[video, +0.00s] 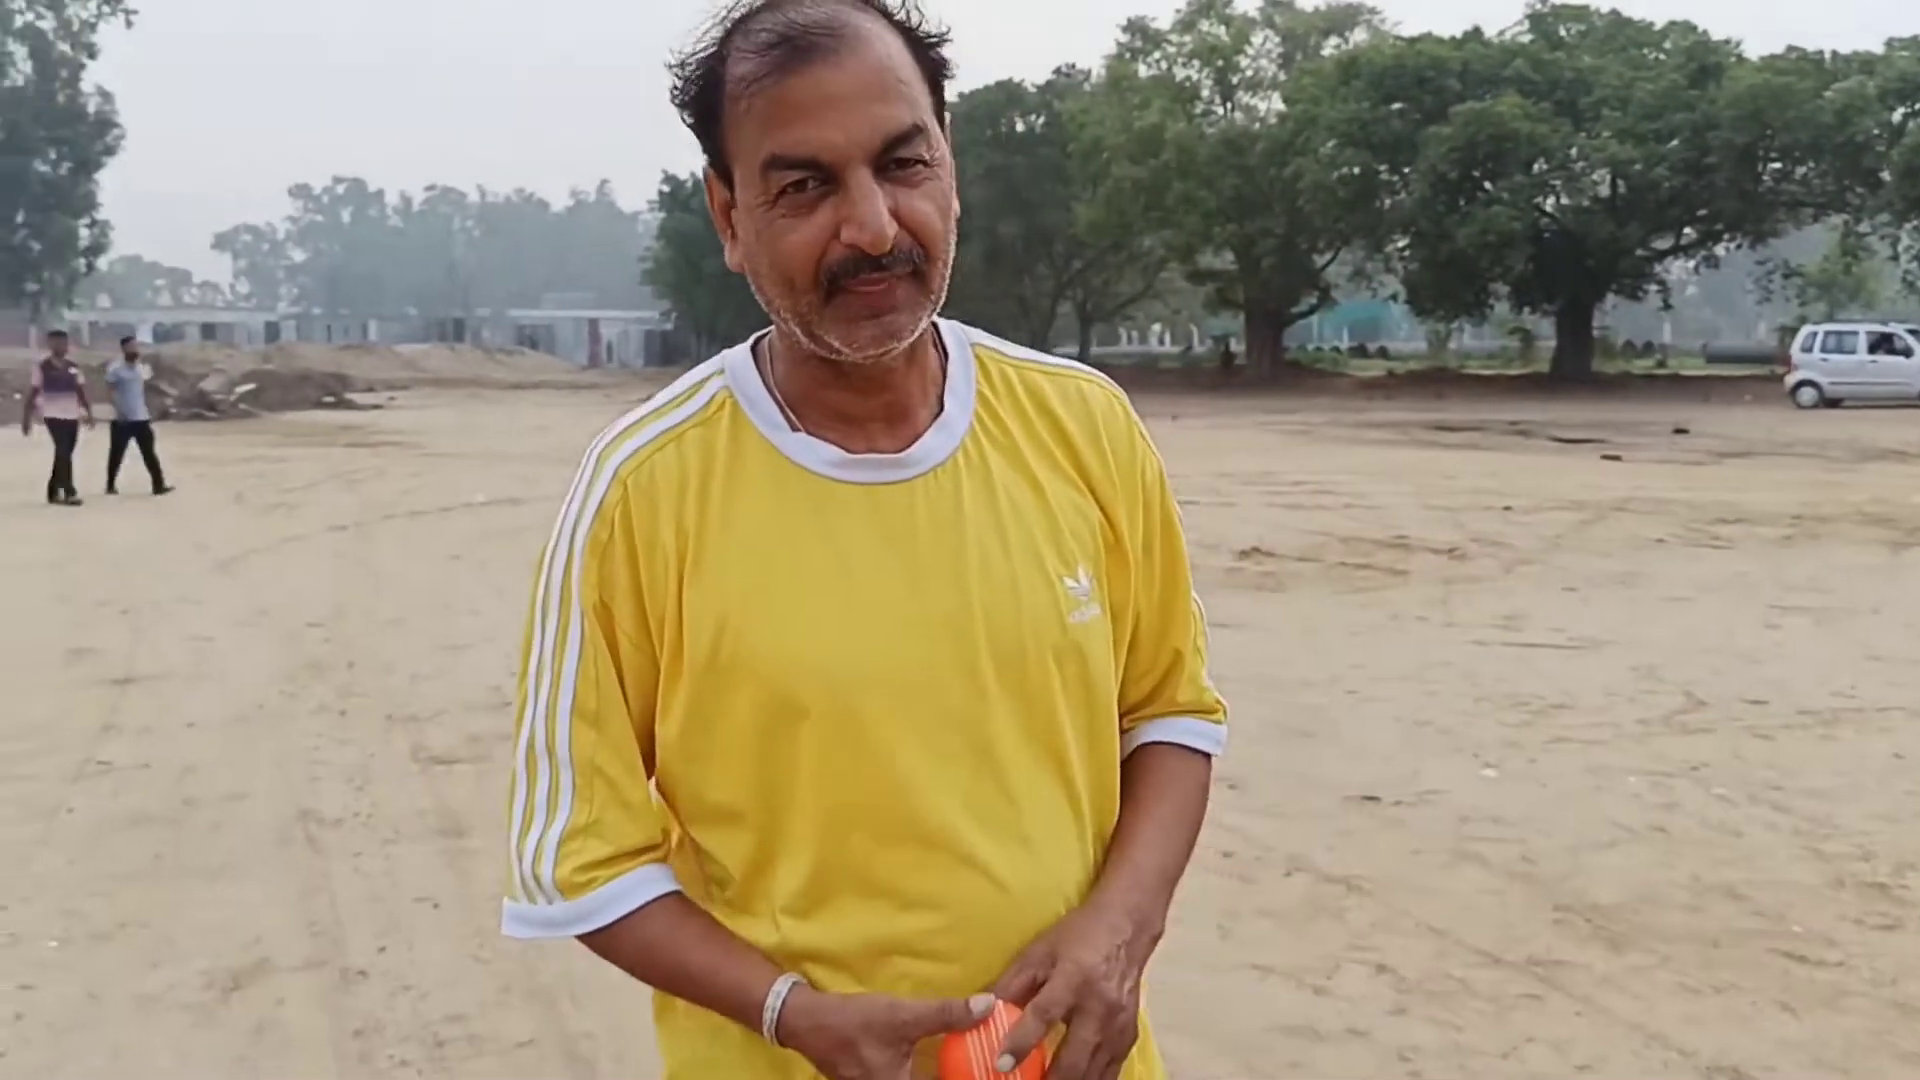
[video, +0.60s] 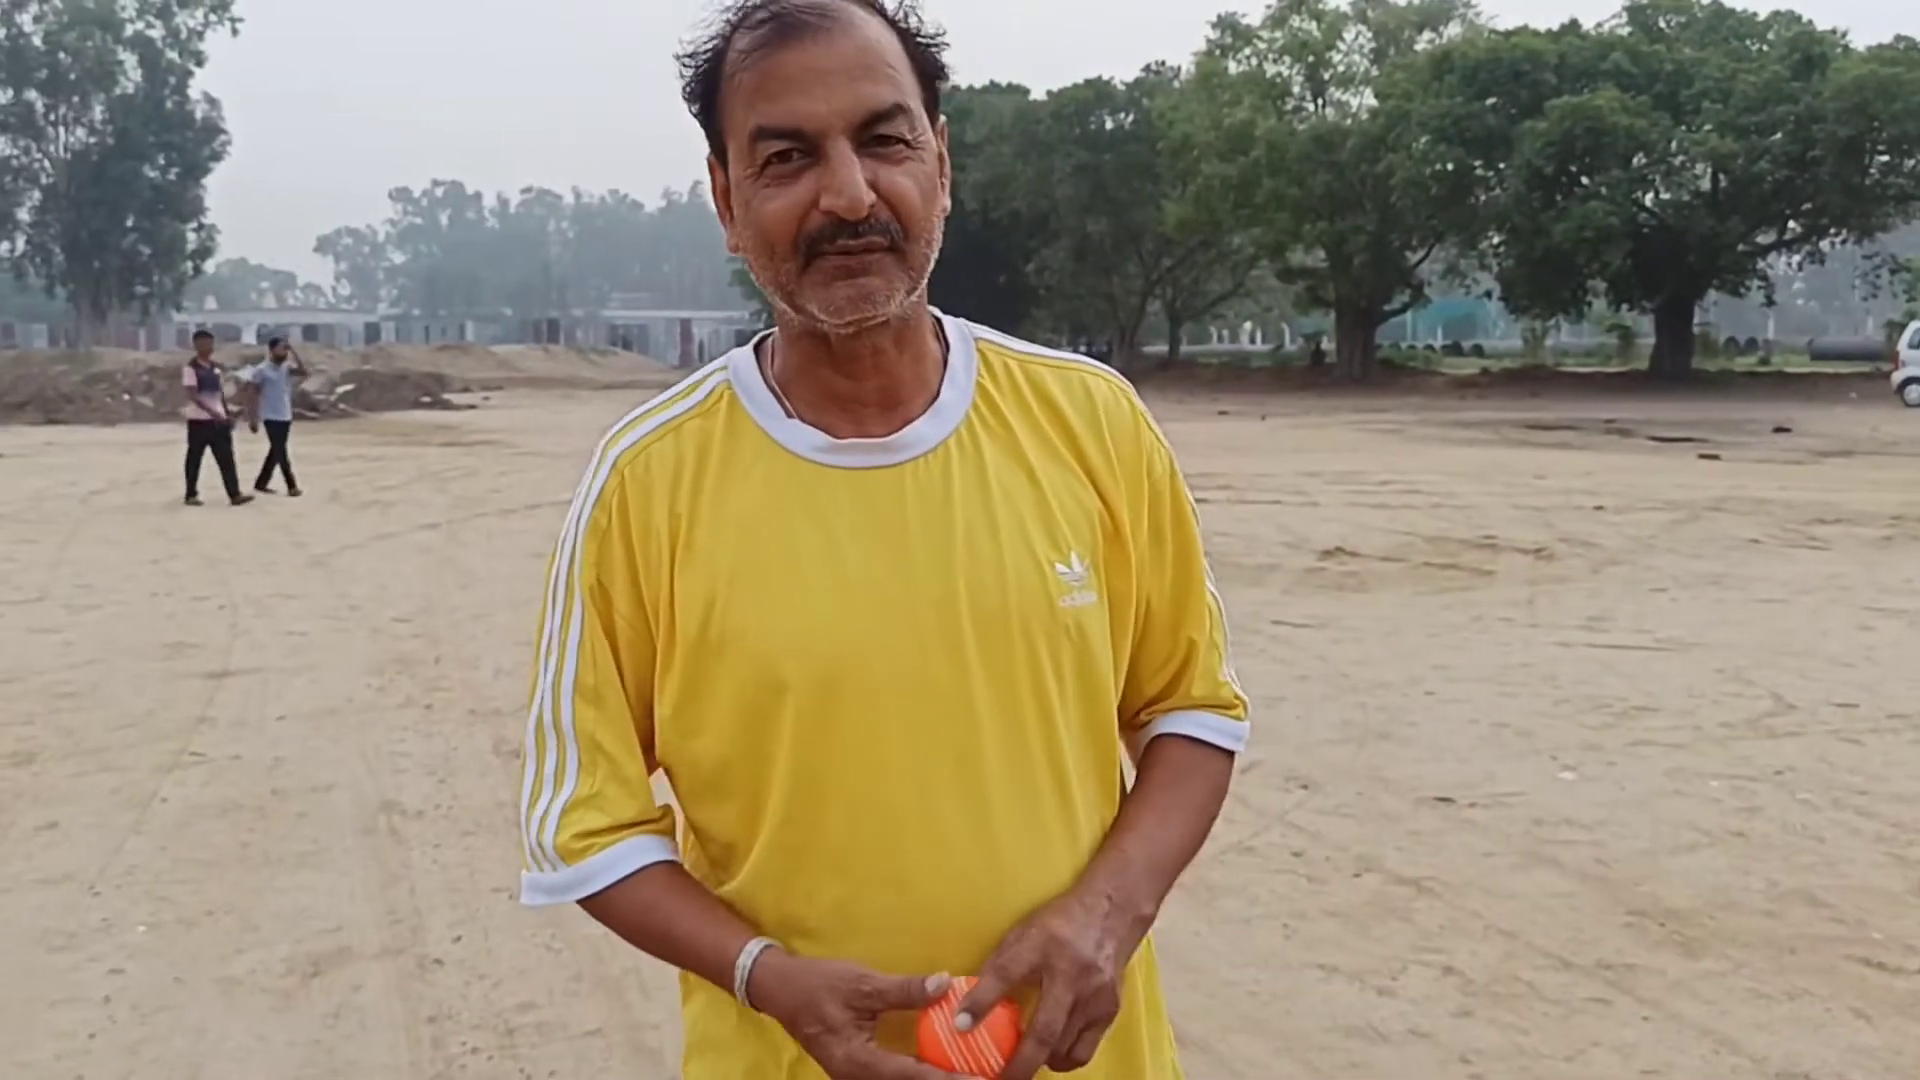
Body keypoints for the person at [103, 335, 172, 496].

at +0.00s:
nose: (134, 349)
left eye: (135, 346)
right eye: (131, 346)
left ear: (137, 348)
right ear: (124, 349)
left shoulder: (139, 368)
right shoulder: (115, 370)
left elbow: (139, 391)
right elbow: (109, 394)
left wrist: (143, 410)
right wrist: (119, 410)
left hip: (141, 419)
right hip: (122, 419)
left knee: (149, 454)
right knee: (116, 456)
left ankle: (158, 484)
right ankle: (110, 485)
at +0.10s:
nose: (169, 350)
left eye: (171, 346)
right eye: (165, 347)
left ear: (173, 348)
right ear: (158, 349)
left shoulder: (175, 369)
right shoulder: (149, 368)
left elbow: (175, 389)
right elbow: (144, 391)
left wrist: (195, 393)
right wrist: (151, 412)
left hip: (176, 417)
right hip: (158, 418)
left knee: (183, 451)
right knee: (150, 452)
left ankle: (184, 484)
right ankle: (137, 482)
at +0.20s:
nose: (203, 349)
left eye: (204, 345)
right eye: (200, 345)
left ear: (206, 347)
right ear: (192, 348)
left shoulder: (207, 368)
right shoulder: (182, 367)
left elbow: (210, 391)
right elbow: (177, 391)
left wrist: (218, 409)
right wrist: (180, 408)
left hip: (209, 414)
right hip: (192, 416)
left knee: (213, 451)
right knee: (193, 448)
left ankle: (210, 484)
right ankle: (174, 472)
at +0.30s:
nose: (230, 346)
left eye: (231, 343)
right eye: (226, 343)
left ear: (232, 345)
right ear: (218, 345)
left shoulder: (234, 364)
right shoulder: (208, 365)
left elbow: (238, 385)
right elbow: (202, 390)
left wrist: (245, 400)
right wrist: (204, 408)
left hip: (234, 412)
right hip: (217, 412)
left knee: (234, 450)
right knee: (225, 447)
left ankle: (229, 483)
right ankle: (211, 472)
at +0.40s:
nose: (250, 347)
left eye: (252, 343)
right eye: (247, 343)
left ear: (254, 346)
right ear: (239, 346)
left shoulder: (254, 365)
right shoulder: (229, 365)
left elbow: (264, 385)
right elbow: (221, 389)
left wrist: (265, 381)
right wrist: (223, 411)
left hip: (253, 411)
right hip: (237, 410)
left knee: (250, 447)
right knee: (247, 445)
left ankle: (245, 481)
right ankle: (241, 482)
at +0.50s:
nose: (269, 350)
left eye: (269, 346)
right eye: (265, 346)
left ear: (270, 348)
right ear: (257, 348)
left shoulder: (270, 368)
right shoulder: (246, 367)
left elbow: (286, 379)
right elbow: (238, 392)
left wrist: (280, 360)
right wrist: (238, 416)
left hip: (269, 414)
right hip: (254, 413)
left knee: (261, 451)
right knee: (263, 451)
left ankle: (251, 484)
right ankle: (276, 483)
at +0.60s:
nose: (285, 352)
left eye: (286, 348)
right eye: (282, 348)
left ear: (285, 351)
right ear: (272, 350)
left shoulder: (285, 368)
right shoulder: (261, 370)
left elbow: (303, 372)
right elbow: (253, 395)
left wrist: (293, 353)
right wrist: (253, 418)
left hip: (285, 416)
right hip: (270, 416)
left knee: (275, 452)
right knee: (281, 453)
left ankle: (261, 482)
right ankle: (291, 486)